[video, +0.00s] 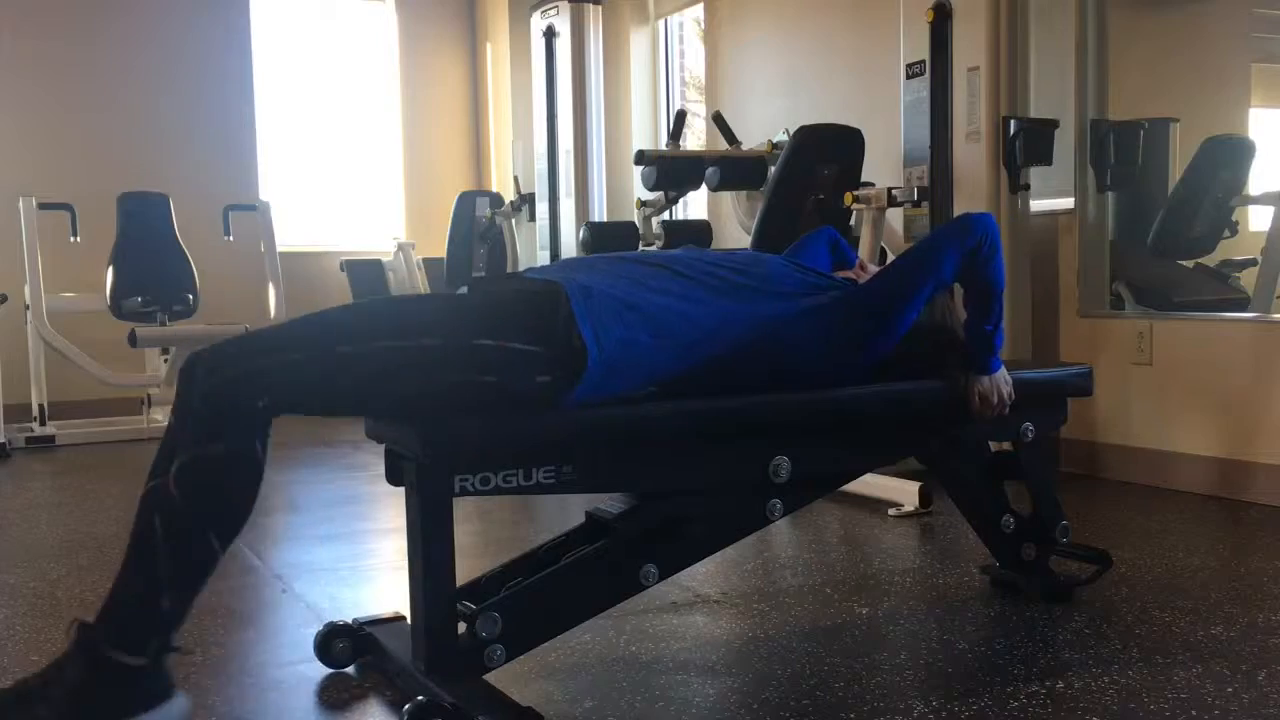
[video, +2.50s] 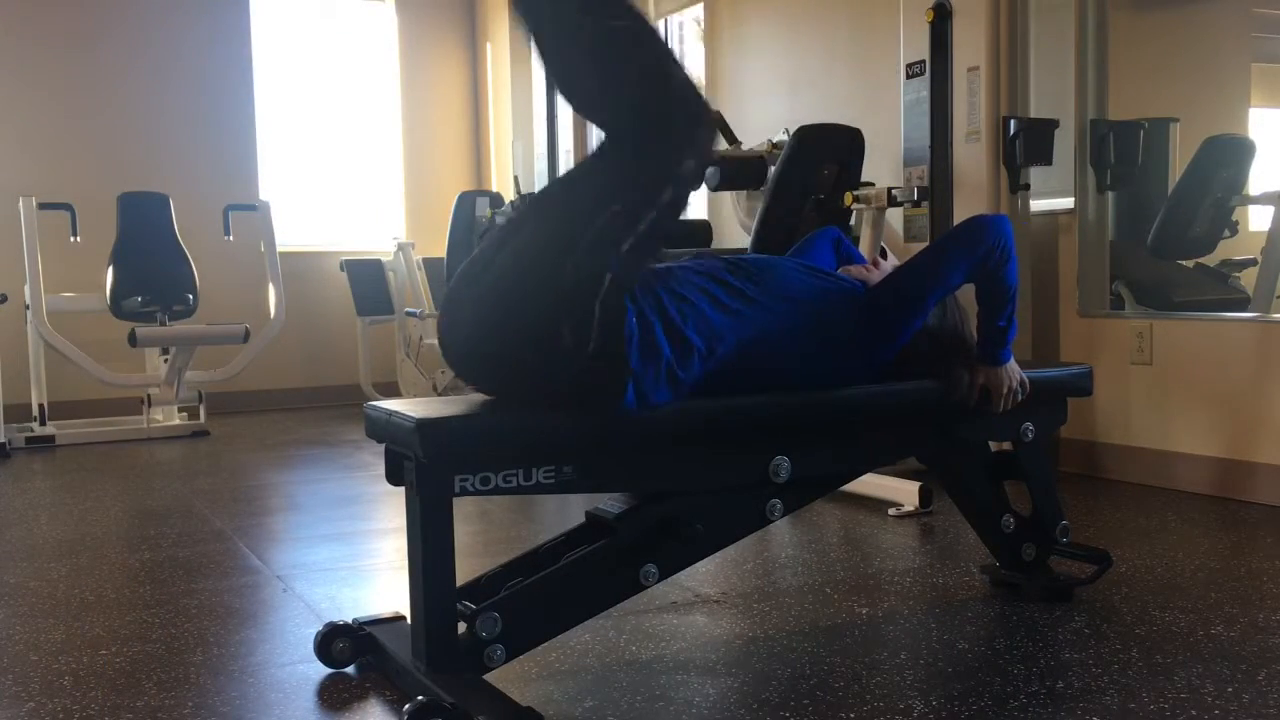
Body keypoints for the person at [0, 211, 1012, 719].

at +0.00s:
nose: (840, 234)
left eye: (850, 231)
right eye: (835, 226)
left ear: (856, 272)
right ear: (813, 250)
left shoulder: (844, 313)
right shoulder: (735, 273)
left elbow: (974, 223)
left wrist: (973, 347)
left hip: (541, 332)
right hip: (504, 304)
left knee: (225, 377)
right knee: (223, 368)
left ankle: (127, 656)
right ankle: (129, 640)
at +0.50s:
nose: (868, 254)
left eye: (885, 262)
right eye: (870, 251)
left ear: (903, 306)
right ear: (848, 270)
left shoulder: (854, 325)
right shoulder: (776, 278)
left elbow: (976, 213)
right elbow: (828, 167)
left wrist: (966, 326)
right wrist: (877, 263)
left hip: (531, 339)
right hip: (506, 305)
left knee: (241, 224)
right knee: (260, 221)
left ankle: (77, 458)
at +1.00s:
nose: (879, 258)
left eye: (896, 268)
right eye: (880, 253)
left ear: (913, 310)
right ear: (858, 266)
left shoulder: (869, 326)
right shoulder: (805, 282)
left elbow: (991, 231)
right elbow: (826, 226)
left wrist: (982, 354)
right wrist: (873, 269)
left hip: (556, 343)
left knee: (648, 81)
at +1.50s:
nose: (892, 258)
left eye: (904, 269)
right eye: (895, 258)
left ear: (917, 309)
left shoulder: (888, 326)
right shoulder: (838, 287)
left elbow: (1007, 239)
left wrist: (987, 359)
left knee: (838, 190)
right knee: (793, 172)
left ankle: (872, 8)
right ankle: (825, 3)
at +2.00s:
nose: (890, 254)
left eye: (902, 269)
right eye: (898, 257)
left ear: (910, 311)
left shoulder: (879, 330)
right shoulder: (839, 277)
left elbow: (998, 237)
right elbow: (817, 215)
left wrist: (1001, 352)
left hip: (607, 320)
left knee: (802, 181)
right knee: (776, 171)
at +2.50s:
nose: (877, 256)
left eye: (893, 269)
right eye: (882, 254)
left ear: (903, 313)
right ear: (859, 273)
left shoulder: (870, 331)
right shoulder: (808, 286)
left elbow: (989, 232)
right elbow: (827, 229)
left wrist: (998, 353)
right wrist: (870, 267)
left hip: (558, 349)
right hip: (527, 329)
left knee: (678, 127)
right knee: (681, 129)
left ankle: (533, 9)